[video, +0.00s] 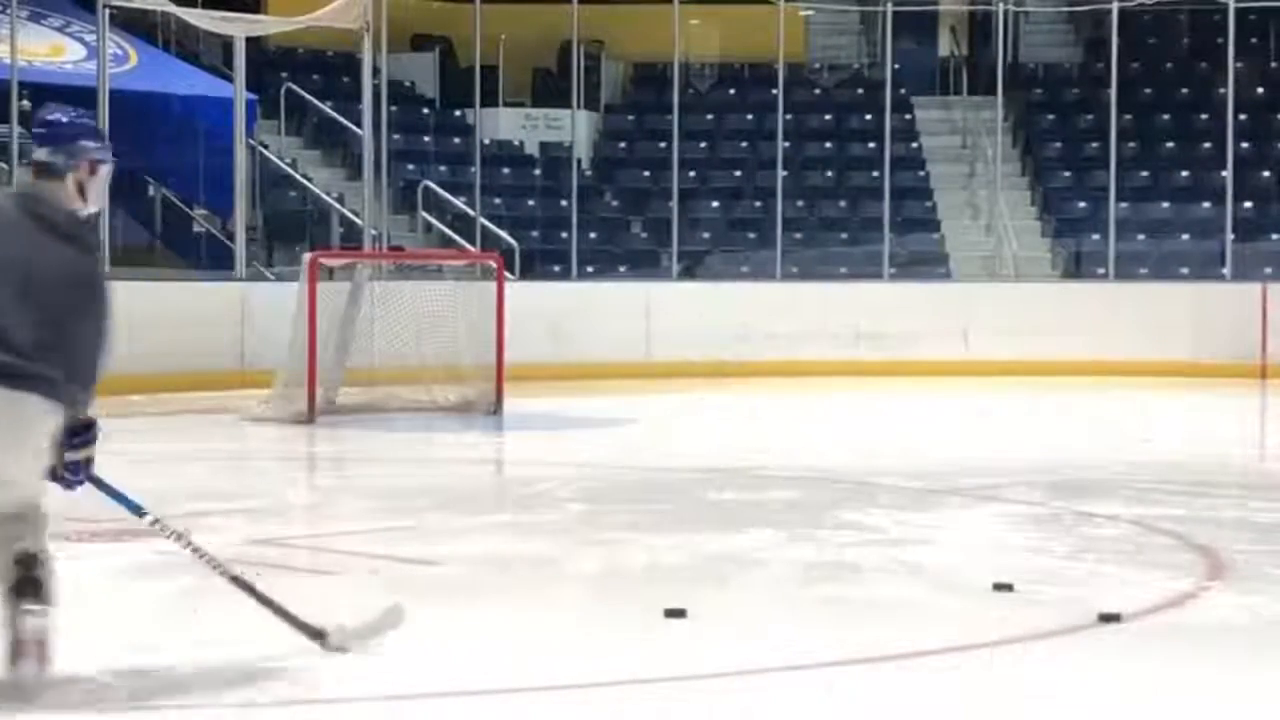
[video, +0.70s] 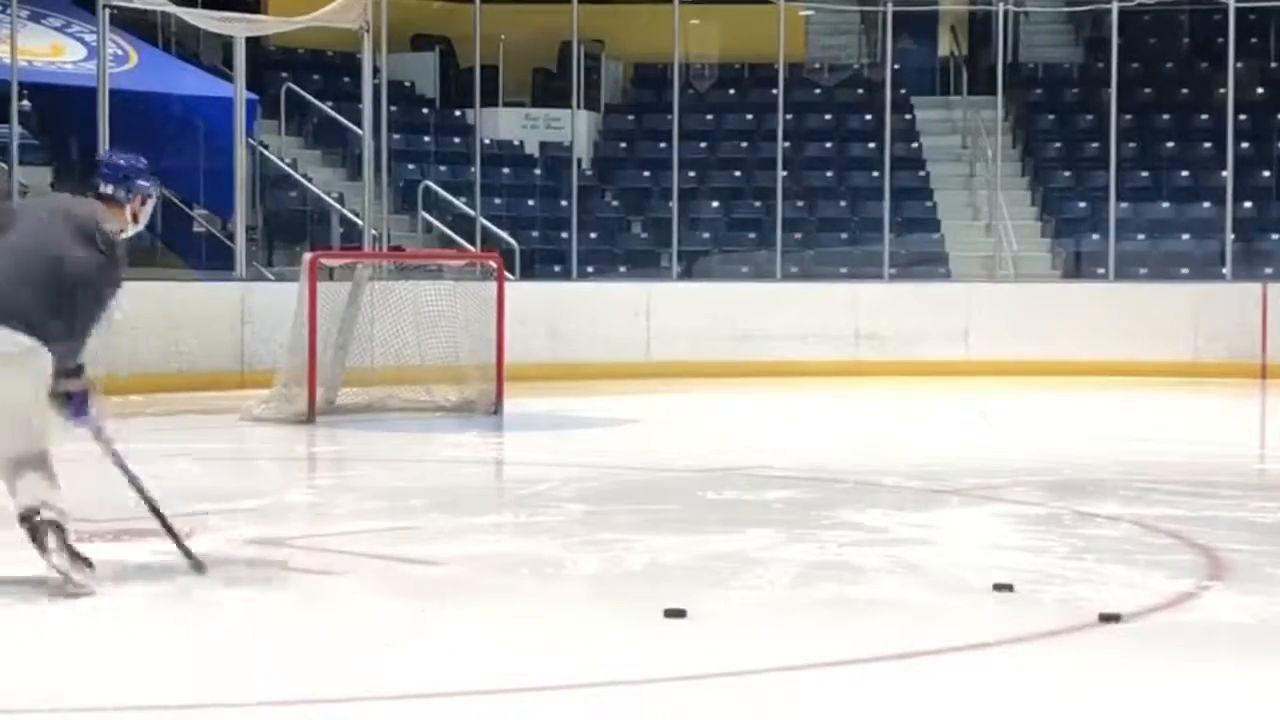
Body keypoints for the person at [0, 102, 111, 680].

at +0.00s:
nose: (104, 184)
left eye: (104, 171)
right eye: (101, 172)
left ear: (39, 166)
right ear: (82, 175)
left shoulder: (7, 213)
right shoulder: (79, 247)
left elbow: (82, 341)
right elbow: (85, 343)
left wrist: (76, 419)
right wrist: (78, 422)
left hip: (10, 389)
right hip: (34, 396)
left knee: (15, 506)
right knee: (20, 505)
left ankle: (24, 594)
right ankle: (27, 589)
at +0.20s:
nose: (82, 194)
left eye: (85, 180)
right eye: (81, 180)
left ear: (25, 166)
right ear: (63, 177)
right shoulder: (34, 249)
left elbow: (44, 355)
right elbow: (46, 358)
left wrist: (74, 419)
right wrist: (78, 421)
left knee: (8, 474)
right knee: (6, 473)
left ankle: (5, 588)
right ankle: (3, 591)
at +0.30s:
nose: (92, 200)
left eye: (95, 188)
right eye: (91, 188)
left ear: (41, 174)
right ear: (74, 187)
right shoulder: (38, 254)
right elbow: (58, 358)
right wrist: (98, 424)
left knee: (12, 454)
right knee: (10, 455)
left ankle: (9, 563)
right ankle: (8, 565)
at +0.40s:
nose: (109, 205)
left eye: (111, 194)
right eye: (108, 193)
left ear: (57, 179)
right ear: (89, 191)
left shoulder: (12, 206)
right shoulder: (54, 249)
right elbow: (73, 347)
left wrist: (12, 342)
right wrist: (110, 415)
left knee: (16, 442)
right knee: (16, 444)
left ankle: (20, 556)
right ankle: (21, 558)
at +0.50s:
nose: (124, 213)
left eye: (126, 201)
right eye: (124, 201)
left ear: (76, 188)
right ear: (108, 199)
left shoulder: (23, 215)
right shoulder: (68, 256)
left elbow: (7, 281)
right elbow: (91, 345)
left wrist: (27, 335)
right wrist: (123, 414)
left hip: (6, 348)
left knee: (22, 437)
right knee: (24, 439)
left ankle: (42, 551)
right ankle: (44, 554)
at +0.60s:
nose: (138, 215)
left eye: (140, 204)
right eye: (138, 204)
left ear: (92, 192)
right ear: (121, 203)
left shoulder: (44, 215)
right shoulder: (84, 246)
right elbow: (85, 338)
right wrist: (95, 406)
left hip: (9, 342)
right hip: (7, 346)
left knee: (27, 440)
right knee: (28, 441)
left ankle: (61, 546)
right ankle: (62, 546)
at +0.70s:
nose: (146, 214)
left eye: (148, 203)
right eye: (146, 203)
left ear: (100, 189)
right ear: (133, 202)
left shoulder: (37, 207)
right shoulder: (102, 258)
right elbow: (72, 327)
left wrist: (66, 371)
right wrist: (69, 378)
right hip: (20, 345)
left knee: (22, 450)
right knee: (26, 452)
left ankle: (42, 519)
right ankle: (44, 521)